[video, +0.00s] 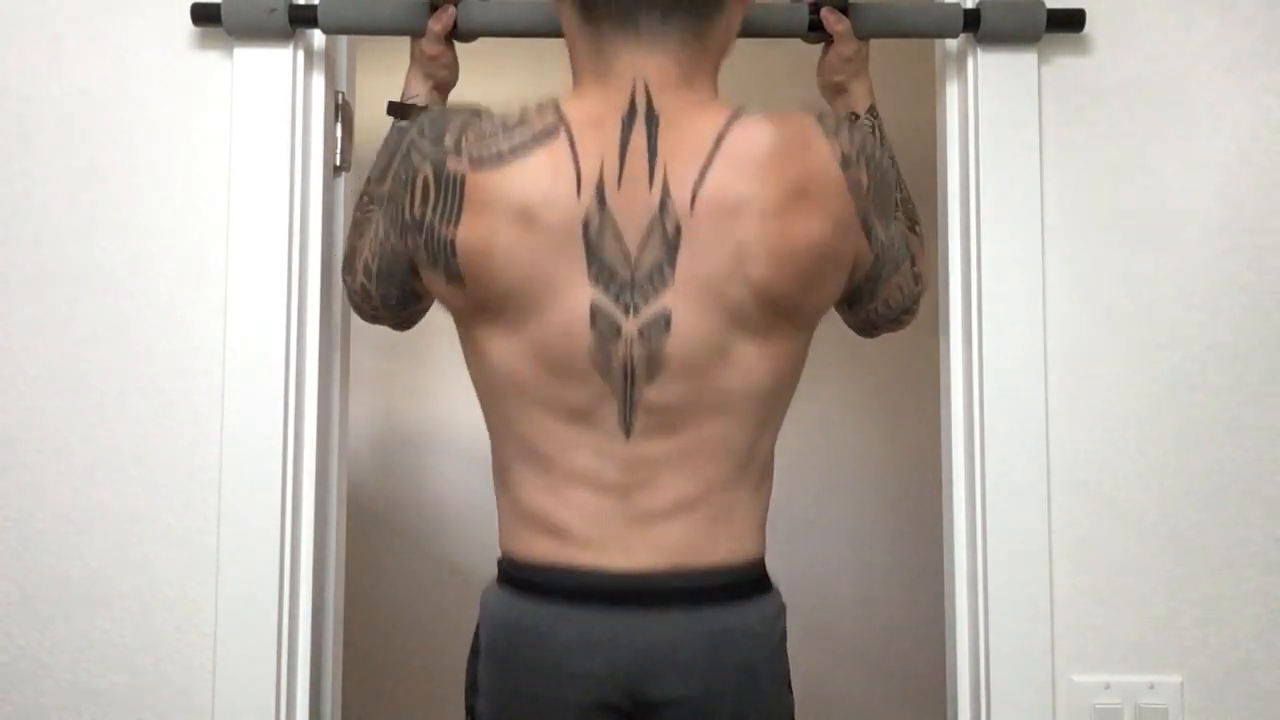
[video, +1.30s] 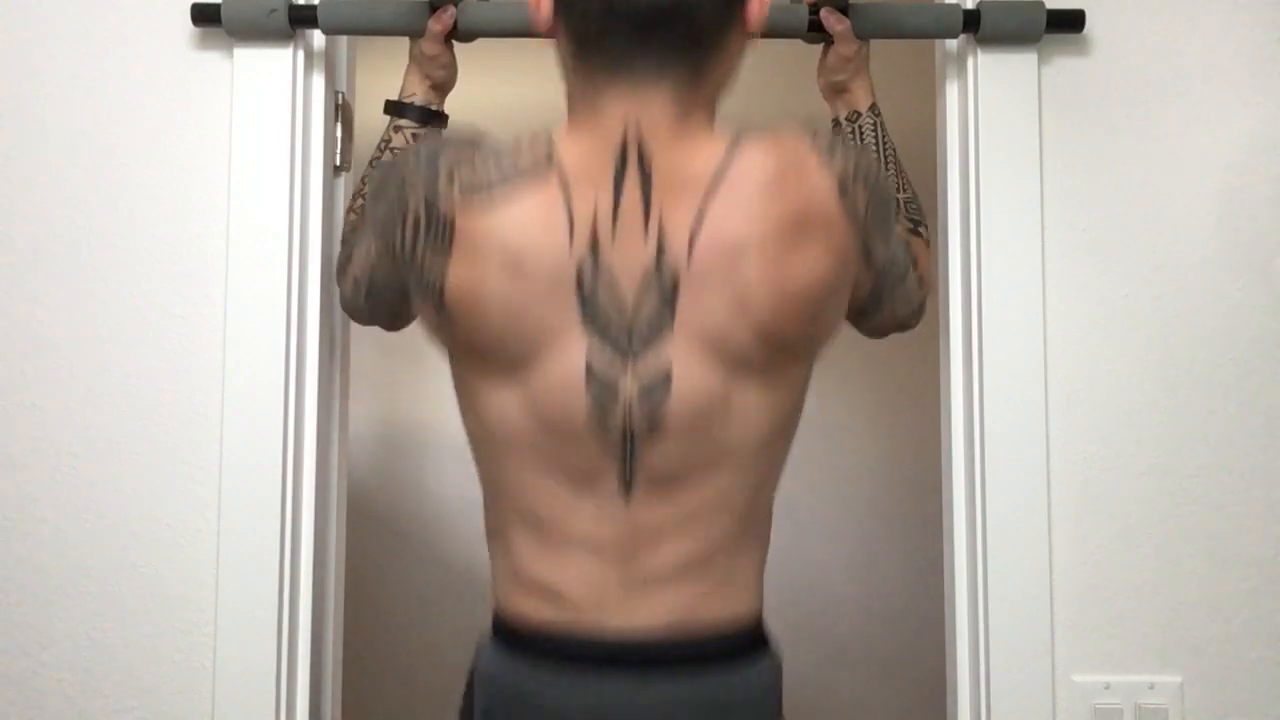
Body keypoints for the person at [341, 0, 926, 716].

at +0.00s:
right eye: (738, 7)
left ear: (568, 15)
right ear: (734, 15)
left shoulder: (464, 163)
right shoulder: (808, 166)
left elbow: (378, 293)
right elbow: (890, 300)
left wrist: (419, 99)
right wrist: (852, 103)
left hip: (536, 634)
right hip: (727, 637)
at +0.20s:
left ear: (543, 72)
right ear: (750, 72)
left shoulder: (470, 261)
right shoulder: (802, 263)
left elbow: (372, 267)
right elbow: (900, 276)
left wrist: (422, 93)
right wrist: (851, 98)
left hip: (534, 685)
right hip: (725, 686)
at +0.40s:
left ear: (544, 171)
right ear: (753, 173)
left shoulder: (482, 352)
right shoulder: (799, 344)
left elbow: (386, 259)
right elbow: (891, 262)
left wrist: (423, 94)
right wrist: (850, 95)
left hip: (538, 707)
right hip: (722, 707)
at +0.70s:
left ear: (539, 270)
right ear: (748, 275)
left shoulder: (491, 440)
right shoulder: (782, 428)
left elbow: (400, 271)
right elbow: (883, 272)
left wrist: (424, 92)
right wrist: (851, 97)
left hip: (531, 713)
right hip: (724, 714)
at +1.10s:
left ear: (537, 197)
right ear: (749, 203)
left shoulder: (478, 378)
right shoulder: (791, 360)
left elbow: (385, 258)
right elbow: (888, 261)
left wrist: (424, 94)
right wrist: (849, 97)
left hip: (531, 708)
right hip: (717, 709)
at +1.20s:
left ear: (537, 105)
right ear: (751, 109)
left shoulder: (468, 295)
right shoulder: (799, 285)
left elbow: (372, 266)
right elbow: (901, 275)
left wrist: (422, 95)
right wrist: (851, 99)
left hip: (528, 699)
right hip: (716, 699)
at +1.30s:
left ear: (545, 20)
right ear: (749, 22)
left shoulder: (458, 199)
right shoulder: (802, 194)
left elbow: (368, 291)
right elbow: (898, 299)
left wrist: (418, 98)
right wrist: (854, 102)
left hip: (529, 681)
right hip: (722, 684)